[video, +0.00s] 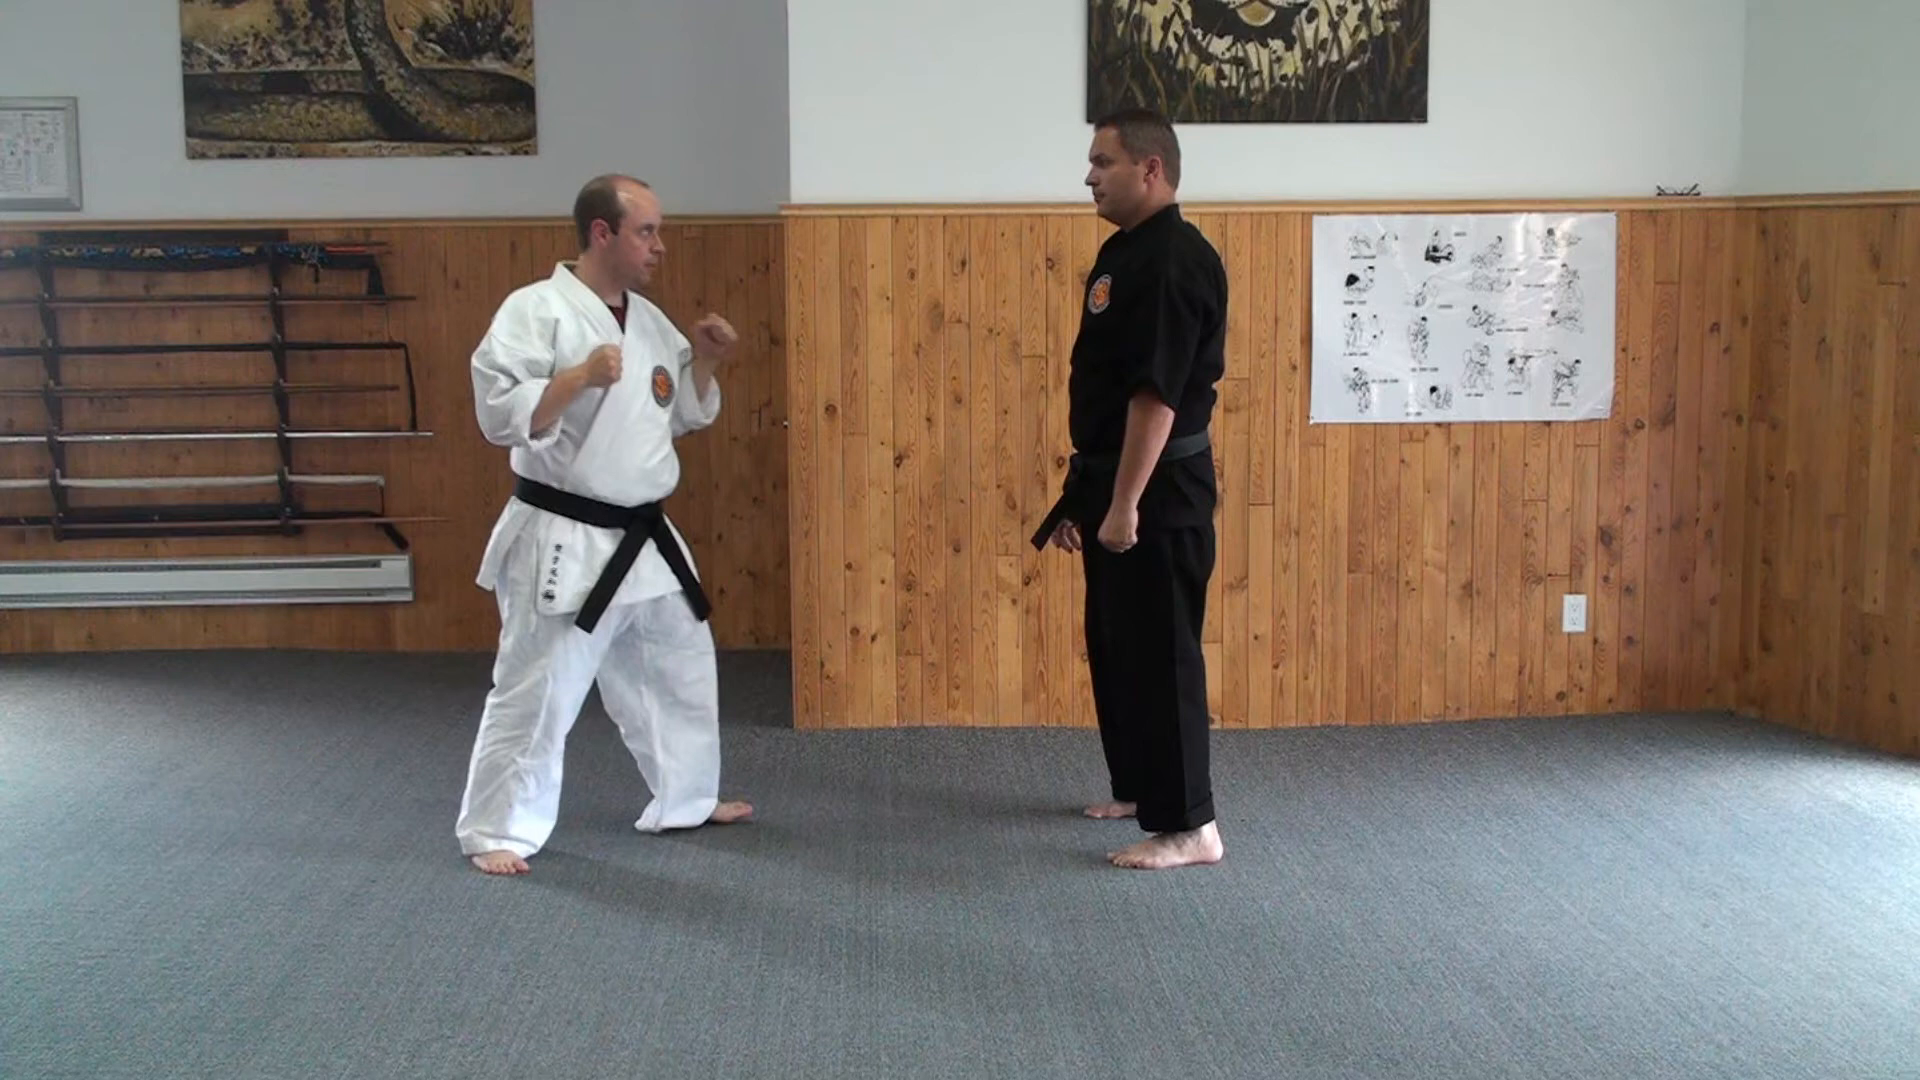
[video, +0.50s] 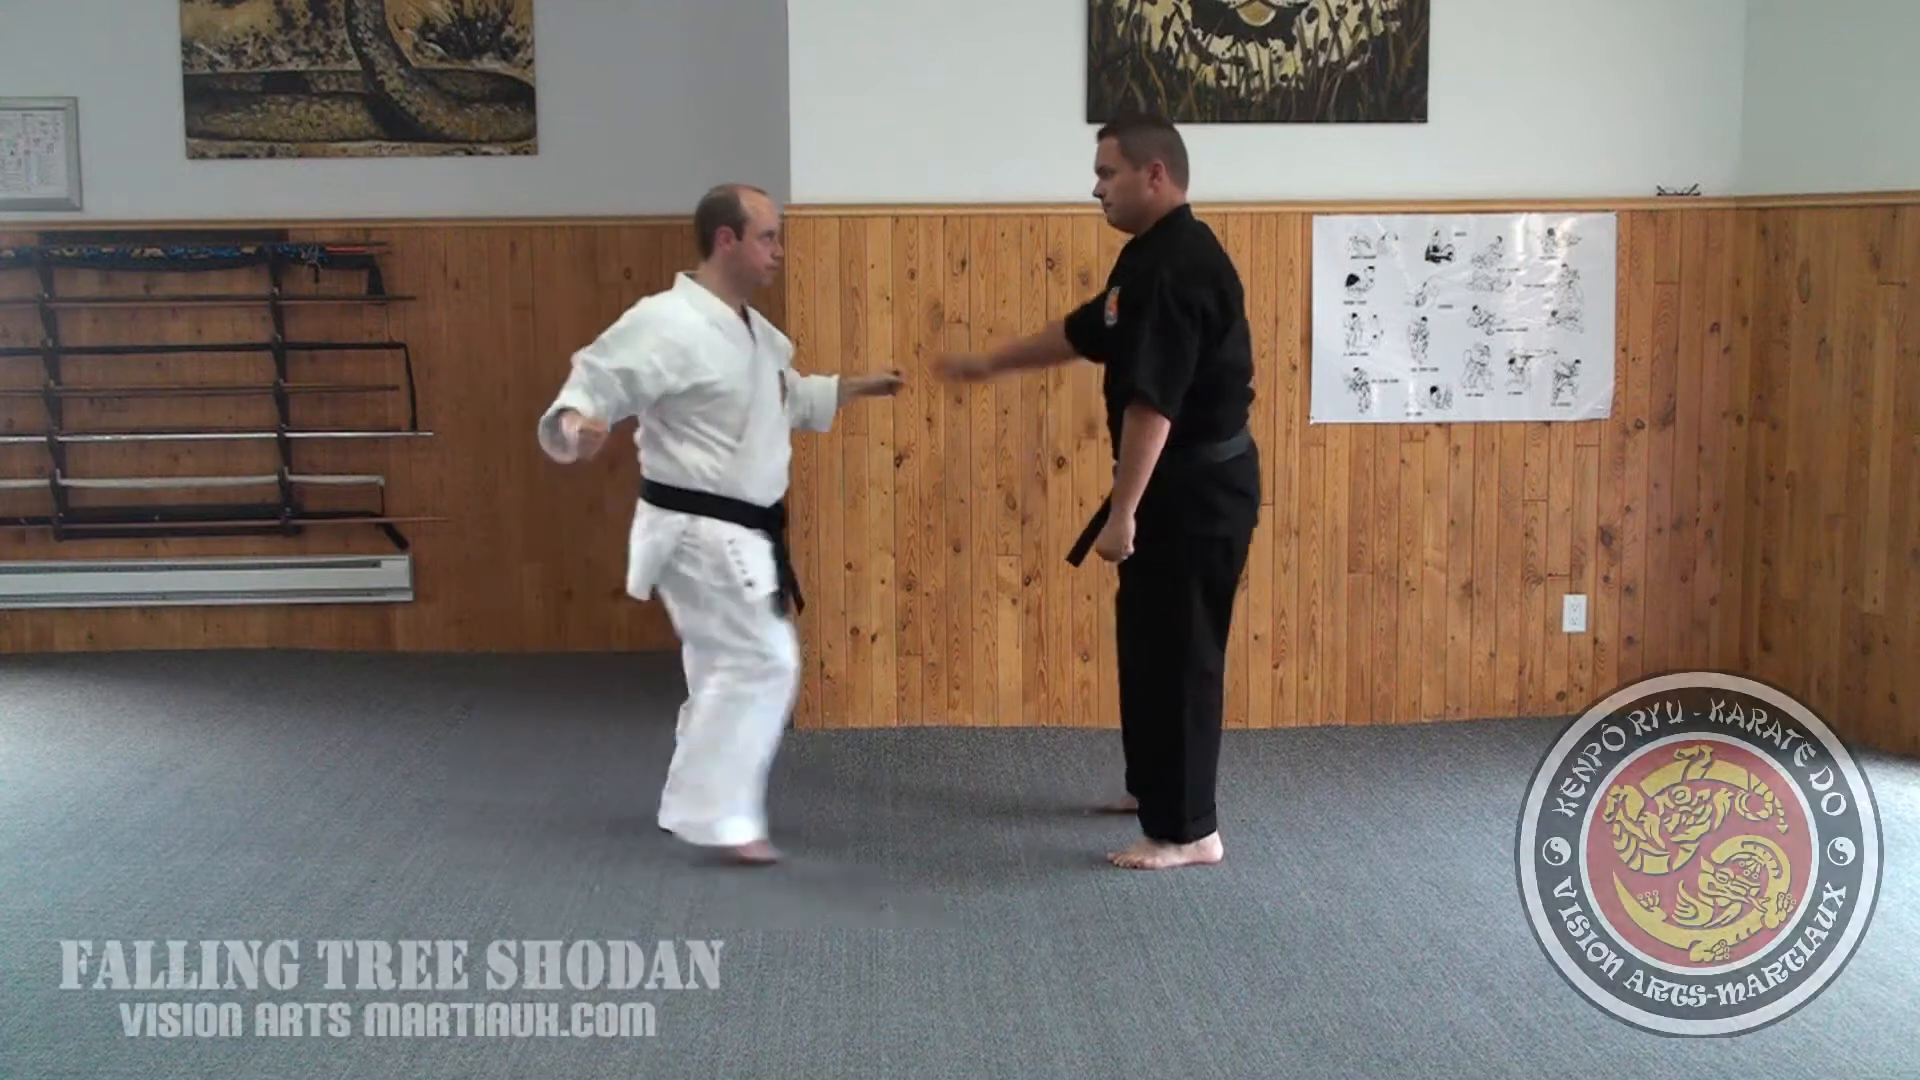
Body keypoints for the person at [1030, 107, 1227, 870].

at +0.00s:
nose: (1090, 175)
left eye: (1103, 163)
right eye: (1091, 162)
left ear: (1151, 169)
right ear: (1136, 170)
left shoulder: (1177, 257)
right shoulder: (1122, 252)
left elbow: (1161, 396)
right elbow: (1108, 389)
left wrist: (1126, 499)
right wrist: (1080, 492)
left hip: (1162, 490)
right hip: (1118, 488)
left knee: (1160, 658)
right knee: (1118, 652)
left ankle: (1190, 828)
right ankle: (1145, 789)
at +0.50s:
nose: (1097, 188)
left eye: (1107, 172)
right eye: (1097, 173)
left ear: (1156, 175)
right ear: (1153, 178)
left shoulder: (1176, 265)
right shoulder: (1153, 253)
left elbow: (1153, 404)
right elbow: (1083, 333)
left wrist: (1123, 509)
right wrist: (987, 362)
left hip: (1195, 484)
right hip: (1171, 480)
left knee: (1179, 656)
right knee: (1150, 643)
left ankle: (1189, 831)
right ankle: (1157, 786)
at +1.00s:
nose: (1174, 207)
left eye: (1184, 194)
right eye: (1173, 194)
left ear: (1232, 193)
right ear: (1234, 194)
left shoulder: (1242, 269)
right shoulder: (1252, 250)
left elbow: (1134, 298)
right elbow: (1168, 280)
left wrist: (1046, 268)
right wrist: (1140, 254)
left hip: (1273, 493)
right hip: (1277, 484)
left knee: (1220, 645)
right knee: (1294, 633)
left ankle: (1202, 823)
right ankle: (1339, 779)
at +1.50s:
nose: (1211, 194)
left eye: (1220, 179)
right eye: (1210, 180)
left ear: (1269, 179)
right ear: (1275, 182)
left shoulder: (1259, 259)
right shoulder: (1326, 255)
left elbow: (1123, 268)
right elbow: (1308, 342)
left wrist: (1005, 259)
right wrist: (1227, 338)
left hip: (1268, 488)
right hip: (1262, 478)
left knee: (1254, 644)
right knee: (1198, 615)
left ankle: (1278, 810)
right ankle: (1325, 688)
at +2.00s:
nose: (1191, 208)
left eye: (1199, 193)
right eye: (1190, 194)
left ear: (1247, 191)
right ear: (1256, 196)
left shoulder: (1223, 264)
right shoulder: (1309, 272)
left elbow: (1101, 273)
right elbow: (1330, 384)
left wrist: (984, 252)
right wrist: (1228, 364)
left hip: (1217, 491)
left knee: (1209, 649)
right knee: (1063, 545)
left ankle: (1280, 802)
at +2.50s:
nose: (1061, 224)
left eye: (1073, 210)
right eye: (1061, 211)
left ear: (1123, 215)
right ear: (1105, 216)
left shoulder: (1135, 295)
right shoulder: (1089, 292)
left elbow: (1023, 275)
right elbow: (1104, 387)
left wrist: (939, 197)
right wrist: (1032, 370)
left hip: (1101, 515)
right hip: (1033, 508)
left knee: (1132, 670)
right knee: (961, 653)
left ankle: (1241, 781)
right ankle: (932, 794)